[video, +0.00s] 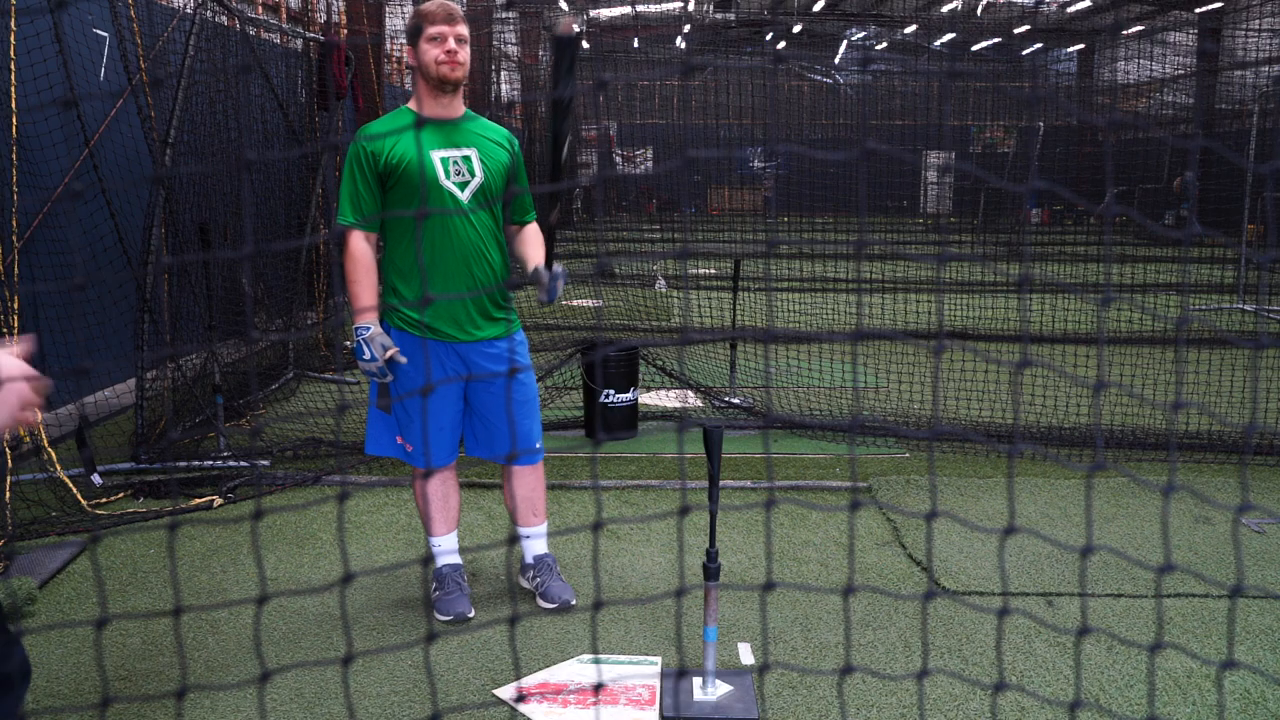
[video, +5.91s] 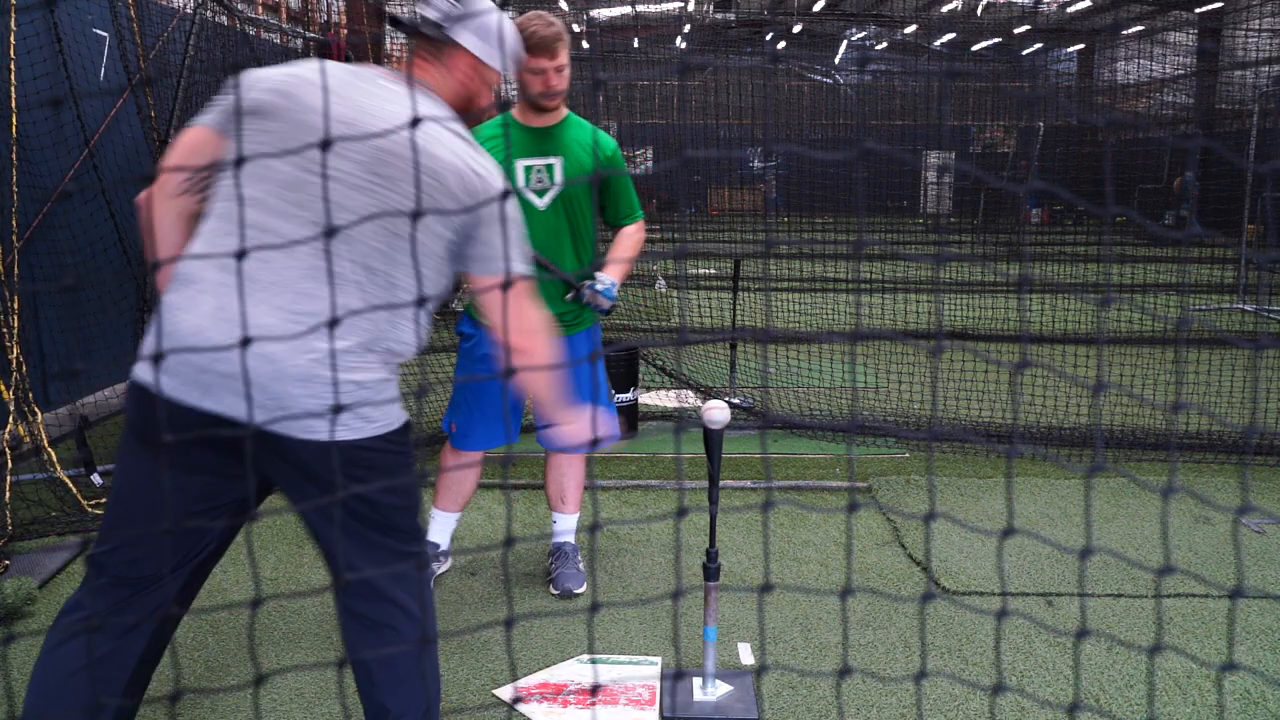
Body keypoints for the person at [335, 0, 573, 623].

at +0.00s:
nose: (452, 50)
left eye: (460, 41)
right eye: (437, 41)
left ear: (471, 54)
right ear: (412, 55)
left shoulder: (500, 143)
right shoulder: (376, 143)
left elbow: (522, 222)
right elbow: (360, 237)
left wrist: (539, 267)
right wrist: (367, 323)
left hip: (496, 327)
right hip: (416, 332)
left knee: (525, 445)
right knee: (434, 455)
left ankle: (536, 561)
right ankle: (447, 568)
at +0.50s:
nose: (479, 53)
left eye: (489, 43)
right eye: (465, 45)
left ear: (506, 54)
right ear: (448, 59)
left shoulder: (542, 145)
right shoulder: (414, 143)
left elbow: (564, 225)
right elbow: (387, 216)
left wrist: (560, 282)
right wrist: (382, 259)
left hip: (525, 325)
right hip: (444, 327)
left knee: (547, 445)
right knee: (448, 455)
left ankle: (562, 548)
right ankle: (449, 567)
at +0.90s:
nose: (519, 60)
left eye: (532, 49)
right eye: (510, 51)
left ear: (558, 57)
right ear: (502, 61)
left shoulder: (592, 147)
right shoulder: (470, 137)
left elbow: (617, 227)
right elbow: (436, 224)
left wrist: (609, 288)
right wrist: (452, 212)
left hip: (568, 325)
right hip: (489, 324)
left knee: (572, 441)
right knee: (476, 446)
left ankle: (564, 548)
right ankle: (453, 566)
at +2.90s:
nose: (550, 62)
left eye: (560, 50)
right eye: (539, 54)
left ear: (585, 56)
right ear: (529, 65)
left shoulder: (622, 148)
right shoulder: (500, 143)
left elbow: (650, 229)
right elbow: (480, 233)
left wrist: (639, 285)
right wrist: (475, 216)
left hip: (589, 322)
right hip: (514, 319)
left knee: (577, 436)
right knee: (500, 436)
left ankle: (566, 546)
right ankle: (486, 550)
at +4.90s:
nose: (572, 59)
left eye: (580, 49)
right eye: (559, 51)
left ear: (594, 58)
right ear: (539, 64)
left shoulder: (623, 148)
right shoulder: (504, 142)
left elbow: (653, 225)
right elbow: (481, 233)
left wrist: (636, 276)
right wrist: (477, 183)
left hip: (592, 320)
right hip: (517, 319)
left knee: (579, 440)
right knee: (503, 440)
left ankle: (566, 547)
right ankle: (487, 550)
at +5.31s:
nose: (580, 61)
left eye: (584, 51)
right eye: (566, 52)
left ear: (595, 60)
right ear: (537, 64)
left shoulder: (621, 148)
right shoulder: (505, 135)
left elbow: (653, 226)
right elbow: (474, 213)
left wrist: (627, 286)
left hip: (589, 324)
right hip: (514, 320)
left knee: (576, 442)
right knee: (500, 444)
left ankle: (566, 546)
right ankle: (485, 551)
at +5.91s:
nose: (552, 83)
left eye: (560, 70)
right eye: (538, 72)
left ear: (572, 69)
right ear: (514, 73)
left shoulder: (596, 147)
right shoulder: (480, 146)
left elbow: (631, 224)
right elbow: (452, 221)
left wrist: (610, 276)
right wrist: (473, 279)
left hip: (570, 323)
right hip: (493, 321)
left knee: (570, 433)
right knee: (465, 436)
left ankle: (565, 543)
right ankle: (435, 547)